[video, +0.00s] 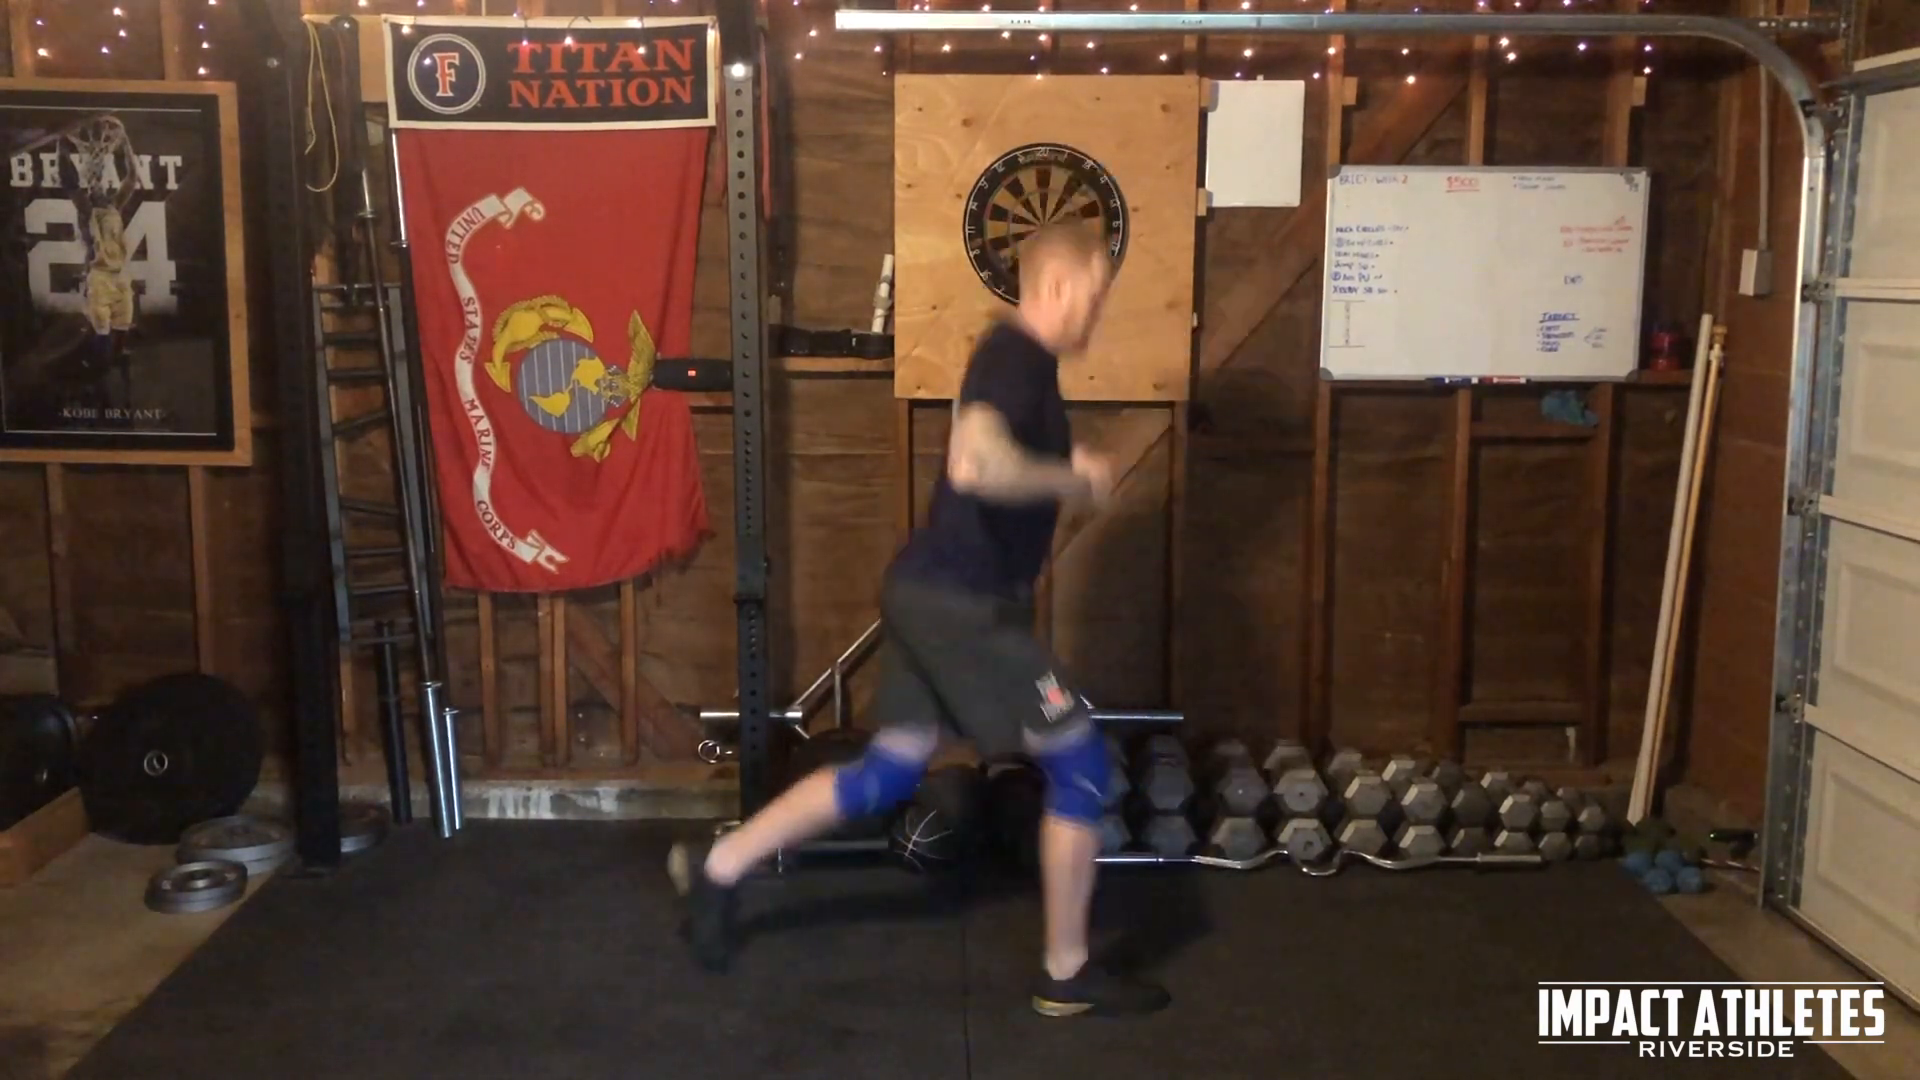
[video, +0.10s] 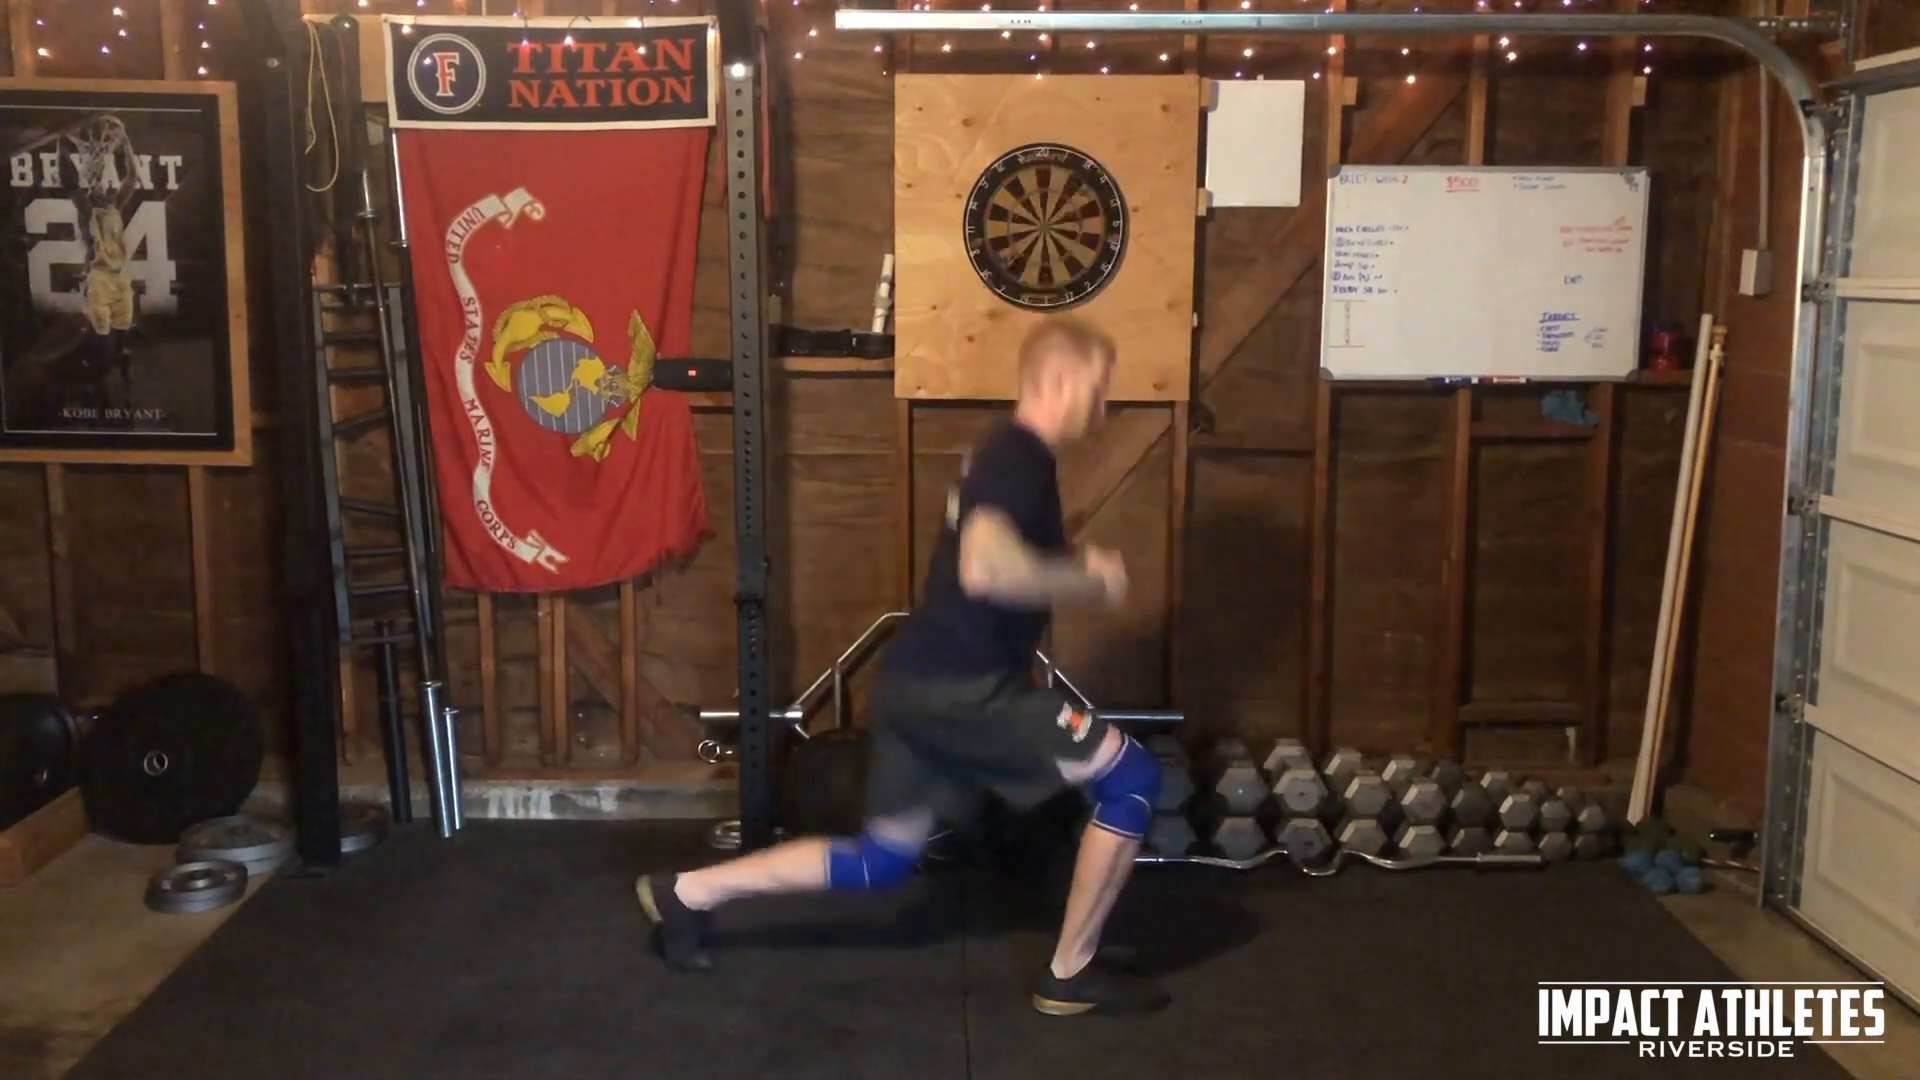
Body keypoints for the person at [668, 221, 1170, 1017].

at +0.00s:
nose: (1101, 308)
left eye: (1104, 292)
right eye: (1096, 290)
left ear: (1044, 283)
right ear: (1055, 283)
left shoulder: (1024, 359)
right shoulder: (1013, 356)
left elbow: (995, 465)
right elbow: (974, 462)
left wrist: (1072, 470)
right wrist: (1073, 476)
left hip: (933, 594)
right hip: (957, 602)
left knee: (887, 770)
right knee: (1079, 760)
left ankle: (717, 865)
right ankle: (1068, 971)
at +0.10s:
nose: (1103, 404)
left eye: (1104, 389)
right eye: (1098, 388)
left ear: (1044, 382)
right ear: (1059, 382)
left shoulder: (1004, 450)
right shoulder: (1019, 456)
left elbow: (993, 560)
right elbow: (985, 568)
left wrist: (1074, 560)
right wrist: (1089, 579)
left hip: (920, 685)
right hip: (963, 689)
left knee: (883, 858)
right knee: (1131, 782)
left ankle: (684, 892)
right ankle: (1071, 970)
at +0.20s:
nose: (1103, 470)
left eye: (1104, 455)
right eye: (1098, 454)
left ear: (1046, 451)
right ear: (1059, 452)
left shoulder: (1002, 517)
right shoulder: (1020, 527)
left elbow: (978, 645)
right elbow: (992, 653)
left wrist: (1053, 689)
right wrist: (1095, 665)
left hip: (914, 743)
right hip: (952, 745)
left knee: (904, 923)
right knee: (1142, 785)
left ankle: (708, 889)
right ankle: (1073, 972)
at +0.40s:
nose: (1101, 492)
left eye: (1101, 478)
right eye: (1097, 477)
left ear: (1047, 476)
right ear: (1059, 476)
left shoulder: (1000, 539)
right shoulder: (1026, 552)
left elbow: (986, 680)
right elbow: (1004, 696)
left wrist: (1059, 727)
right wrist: (1101, 690)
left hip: (917, 768)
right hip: (959, 769)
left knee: (903, 934)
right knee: (1149, 788)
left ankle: (711, 889)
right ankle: (1071, 975)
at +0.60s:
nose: (1097, 351)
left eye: (1099, 335)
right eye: (1091, 335)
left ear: (1036, 334)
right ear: (1054, 335)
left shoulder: (1011, 413)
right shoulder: (1027, 421)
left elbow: (996, 518)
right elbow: (1011, 543)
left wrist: (1069, 503)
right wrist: (1095, 516)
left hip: (942, 639)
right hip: (989, 648)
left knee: (894, 802)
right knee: (1129, 775)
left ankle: (711, 883)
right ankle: (1073, 966)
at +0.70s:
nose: (1117, 263)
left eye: (1119, 245)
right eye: (1112, 244)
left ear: (1049, 239)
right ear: (1070, 240)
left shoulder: (1035, 323)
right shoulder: (1031, 325)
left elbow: (1025, 438)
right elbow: (1007, 441)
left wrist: (1084, 444)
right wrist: (1095, 439)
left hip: (950, 550)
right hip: (986, 560)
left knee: (926, 727)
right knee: (1054, 736)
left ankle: (769, 849)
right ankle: (1067, 953)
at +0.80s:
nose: (1118, 216)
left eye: (1121, 200)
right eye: (1114, 198)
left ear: (1058, 186)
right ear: (1072, 185)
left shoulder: (1027, 264)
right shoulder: (1036, 269)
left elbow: (1021, 386)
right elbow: (1008, 389)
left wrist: (1094, 391)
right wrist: (1102, 394)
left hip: (958, 504)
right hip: (983, 514)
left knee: (962, 692)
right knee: (1009, 705)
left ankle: (858, 857)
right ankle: (953, 908)